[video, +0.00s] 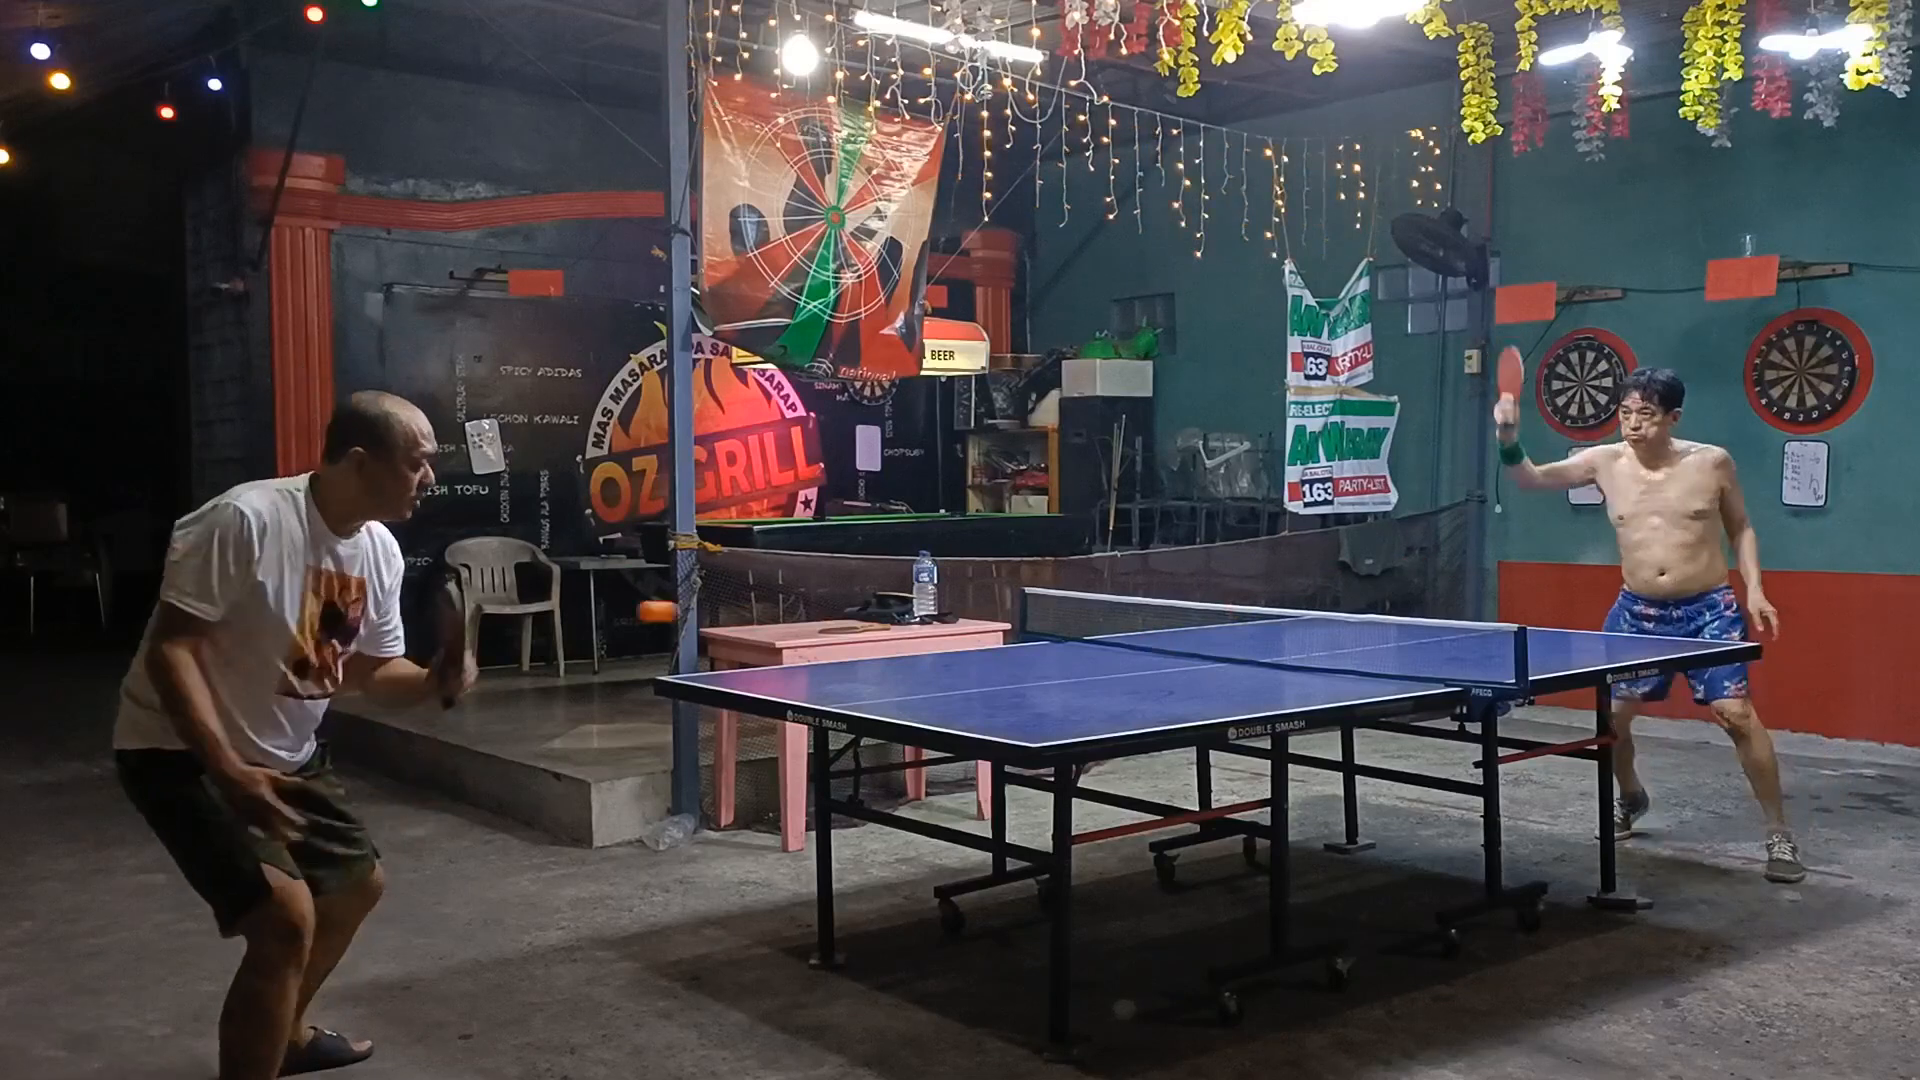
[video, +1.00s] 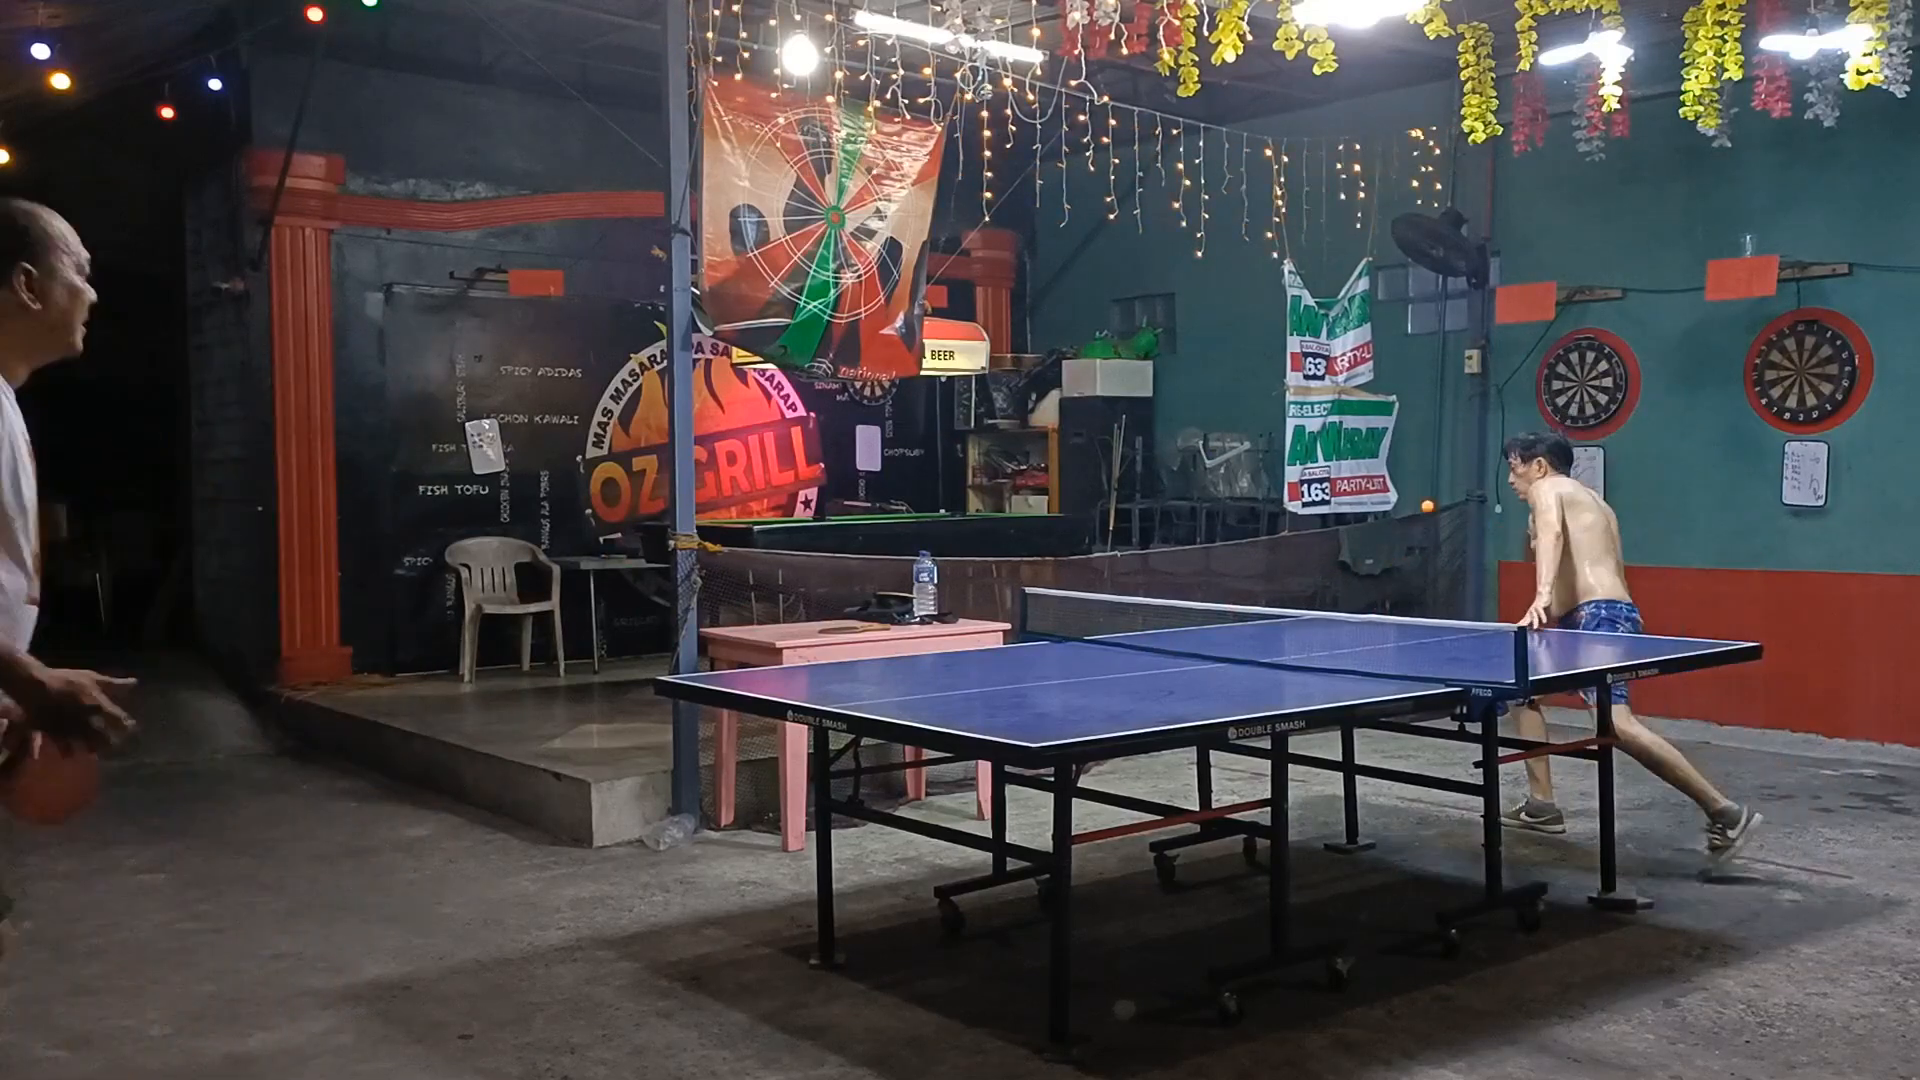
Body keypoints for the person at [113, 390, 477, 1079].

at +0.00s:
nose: (430, 476)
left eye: (430, 461)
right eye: (417, 461)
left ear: (373, 465)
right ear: (359, 460)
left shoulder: (379, 548)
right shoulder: (242, 520)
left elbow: (369, 671)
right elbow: (168, 647)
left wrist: (435, 683)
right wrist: (229, 766)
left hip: (285, 753)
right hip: (181, 752)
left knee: (355, 885)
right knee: (285, 916)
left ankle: (285, 1035)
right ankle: (248, 1070)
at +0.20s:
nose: (428, 480)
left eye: (430, 463)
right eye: (419, 460)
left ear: (368, 455)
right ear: (361, 450)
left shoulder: (366, 557)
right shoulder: (225, 493)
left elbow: (356, 684)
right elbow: (78, 566)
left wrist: (475, 693)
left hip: (249, 746)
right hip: (140, 740)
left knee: (296, 890)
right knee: (252, 932)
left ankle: (285, 1033)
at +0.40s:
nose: (385, 432)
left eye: (386, 415)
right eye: (377, 412)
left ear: (323, 411)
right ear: (324, 407)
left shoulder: (301, 507)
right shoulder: (201, 461)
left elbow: (283, 648)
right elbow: (45, 533)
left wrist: (376, 745)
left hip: (194, 727)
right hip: (101, 728)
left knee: (264, 880)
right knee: (228, 921)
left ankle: (168, 1065)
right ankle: (222, 1069)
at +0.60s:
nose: (305, 431)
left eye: (303, 414)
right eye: (293, 413)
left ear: (243, 427)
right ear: (245, 425)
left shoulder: (229, 527)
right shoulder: (135, 500)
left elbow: (215, 666)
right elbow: (22, 619)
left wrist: (270, 781)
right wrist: (1, 787)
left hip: (132, 777)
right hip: (46, 775)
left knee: (213, 926)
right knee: (144, 974)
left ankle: (128, 1068)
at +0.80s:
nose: (185, 403)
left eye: (182, 386)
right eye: (175, 384)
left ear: (122, 397)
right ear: (121, 393)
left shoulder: (85, 493)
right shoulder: (43, 483)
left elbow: (65, 663)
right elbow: (8, 651)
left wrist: (142, 757)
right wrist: (129, 785)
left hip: (75, 814)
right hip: (12, 828)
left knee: (111, 957)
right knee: (2, 1028)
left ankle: (110, 1075)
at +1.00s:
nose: (92, 296)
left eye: (88, 277)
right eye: (80, 275)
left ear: (31, 292)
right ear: (27, 287)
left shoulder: (11, 412)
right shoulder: (3, 414)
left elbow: (8, 592)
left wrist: (28, 700)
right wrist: (37, 683)